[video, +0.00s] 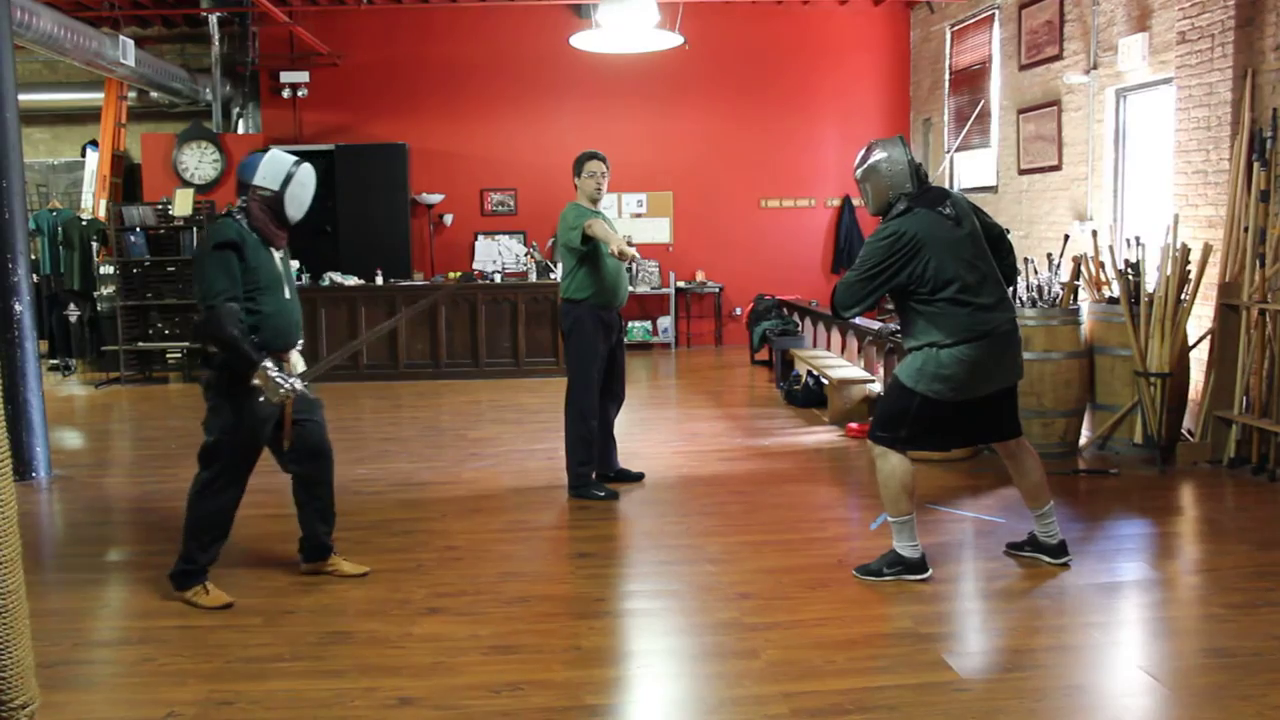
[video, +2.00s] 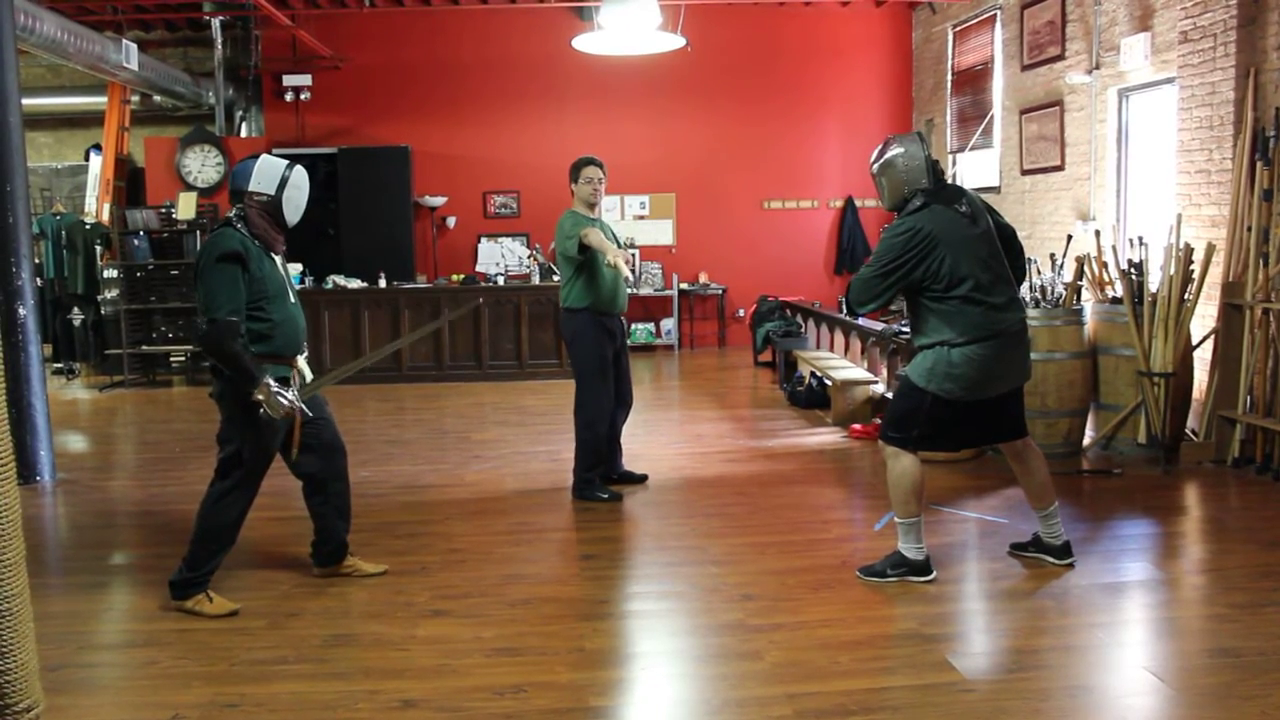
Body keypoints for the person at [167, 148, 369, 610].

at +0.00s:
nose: (295, 210)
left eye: (295, 201)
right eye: (291, 199)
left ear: (270, 193)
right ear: (269, 191)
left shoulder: (270, 237)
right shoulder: (226, 235)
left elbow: (277, 301)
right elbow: (220, 314)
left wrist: (290, 351)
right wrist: (258, 366)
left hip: (282, 371)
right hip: (240, 377)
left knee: (313, 455)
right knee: (222, 474)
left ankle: (318, 554)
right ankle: (189, 577)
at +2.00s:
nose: (294, 209)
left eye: (294, 199)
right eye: (290, 198)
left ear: (258, 193)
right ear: (267, 194)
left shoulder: (262, 242)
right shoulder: (229, 246)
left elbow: (272, 310)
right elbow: (219, 333)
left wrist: (294, 357)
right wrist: (259, 386)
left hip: (287, 376)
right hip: (252, 381)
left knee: (327, 457)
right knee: (236, 482)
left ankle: (332, 555)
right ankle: (190, 586)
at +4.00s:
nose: (331, 206)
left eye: (331, 197)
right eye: (327, 196)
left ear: (295, 194)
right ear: (303, 193)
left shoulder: (299, 242)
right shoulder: (264, 241)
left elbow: (304, 308)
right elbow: (253, 324)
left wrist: (323, 354)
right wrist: (285, 379)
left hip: (313, 371)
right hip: (282, 375)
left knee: (344, 460)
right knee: (273, 473)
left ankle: (335, 554)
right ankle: (204, 575)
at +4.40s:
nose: (337, 219)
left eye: (336, 211)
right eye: (332, 209)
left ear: (304, 204)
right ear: (310, 203)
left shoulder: (305, 245)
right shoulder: (284, 243)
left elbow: (311, 315)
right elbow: (291, 317)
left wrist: (343, 357)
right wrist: (344, 350)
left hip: (319, 374)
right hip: (293, 377)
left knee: (354, 455)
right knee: (305, 472)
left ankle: (338, 553)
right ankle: (247, 581)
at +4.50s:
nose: (333, 209)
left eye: (332, 200)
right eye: (329, 199)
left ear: (289, 196)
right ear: (308, 195)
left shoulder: (270, 240)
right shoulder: (294, 243)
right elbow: (332, 304)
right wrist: (398, 311)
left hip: (306, 371)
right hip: (295, 374)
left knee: (350, 456)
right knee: (307, 469)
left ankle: (338, 554)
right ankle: (241, 579)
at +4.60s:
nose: (319, 202)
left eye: (317, 193)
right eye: (314, 193)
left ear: (270, 196)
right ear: (294, 194)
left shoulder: (246, 247)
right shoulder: (301, 245)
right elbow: (369, 284)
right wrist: (435, 281)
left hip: (297, 376)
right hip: (298, 379)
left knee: (345, 456)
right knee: (299, 473)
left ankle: (337, 553)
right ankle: (240, 584)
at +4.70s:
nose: (313, 209)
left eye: (311, 201)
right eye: (308, 201)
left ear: (265, 203)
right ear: (288, 202)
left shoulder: (237, 252)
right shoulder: (301, 248)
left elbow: (234, 322)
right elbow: (369, 266)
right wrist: (434, 260)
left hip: (282, 380)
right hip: (296, 381)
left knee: (344, 451)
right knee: (290, 477)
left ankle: (334, 549)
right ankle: (237, 585)